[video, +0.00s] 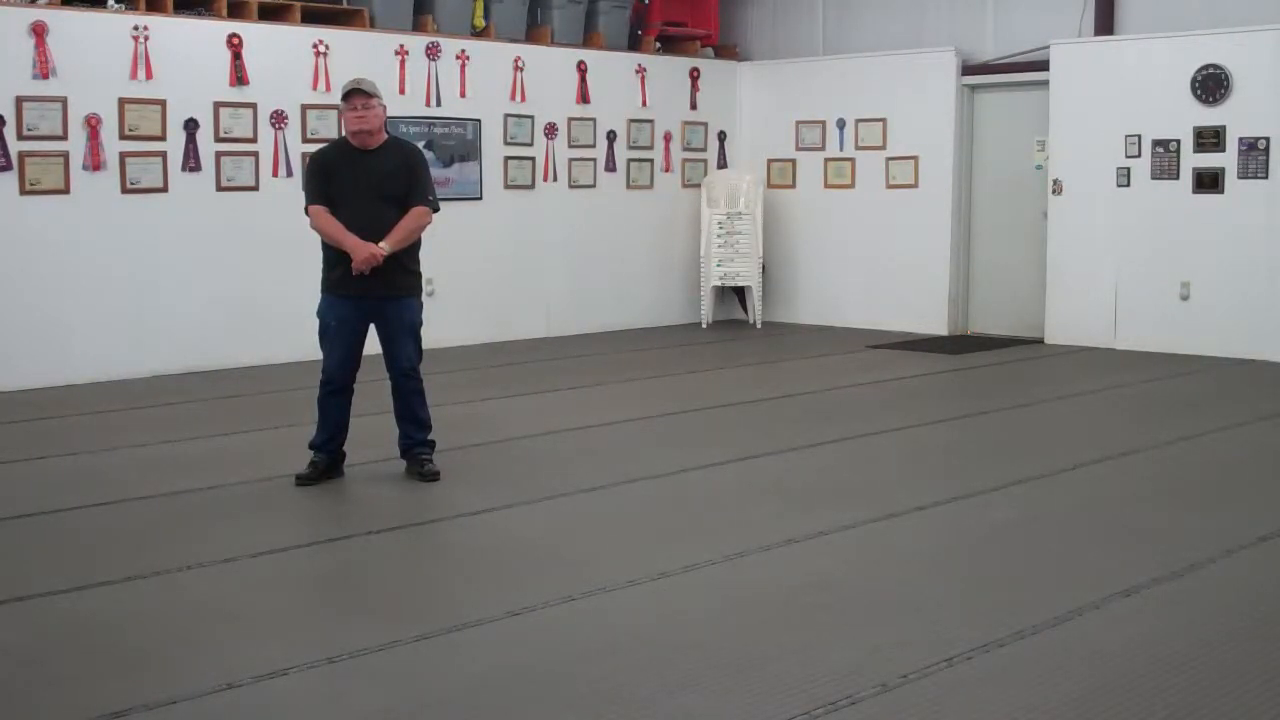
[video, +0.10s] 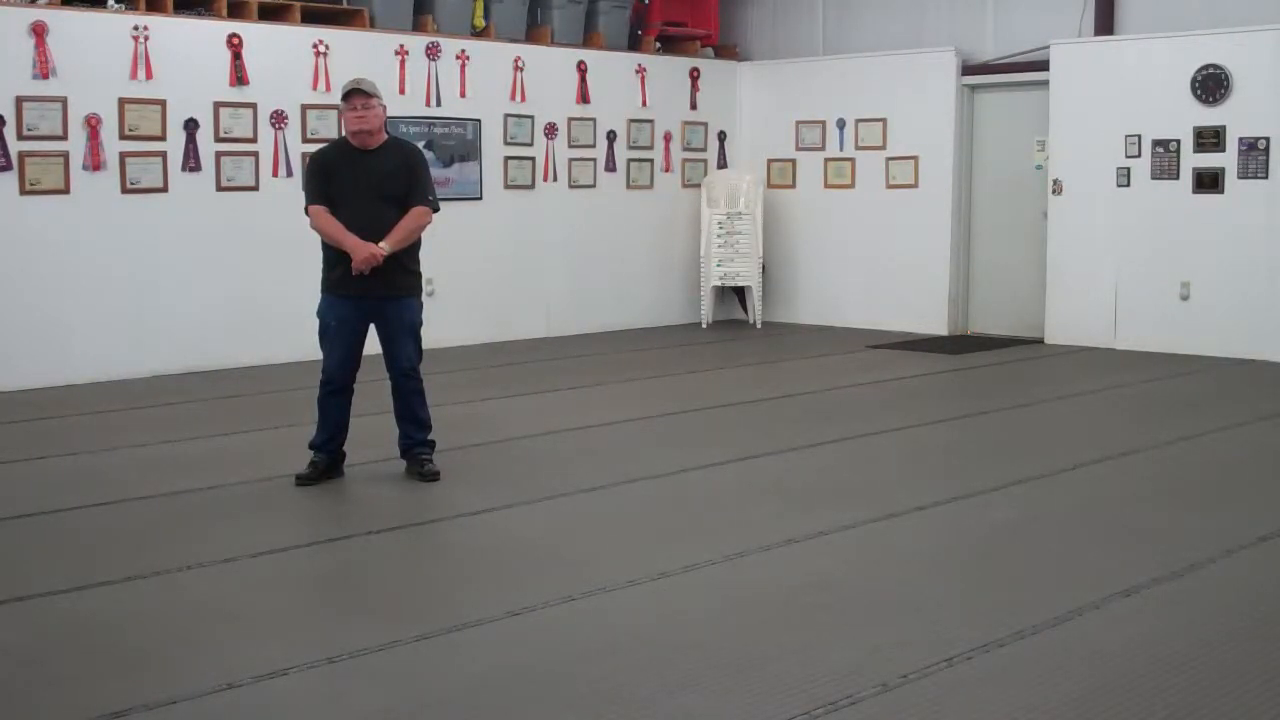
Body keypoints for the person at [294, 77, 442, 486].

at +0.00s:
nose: (359, 114)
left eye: (366, 107)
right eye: (351, 109)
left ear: (383, 112)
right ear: (341, 117)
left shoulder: (408, 155)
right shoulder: (323, 160)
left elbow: (422, 213)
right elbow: (317, 215)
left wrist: (380, 250)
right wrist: (356, 247)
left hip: (398, 286)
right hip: (343, 287)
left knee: (406, 372)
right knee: (335, 375)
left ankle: (419, 452)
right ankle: (327, 455)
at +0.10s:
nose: (359, 114)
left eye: (366, 107)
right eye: (351, 109)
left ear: (383, 112)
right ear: (341, 117)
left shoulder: (408, 155)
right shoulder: (323, 160)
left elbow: (423, 213)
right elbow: (317, 215)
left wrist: (380, 250)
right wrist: (356, 247)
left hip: (398, 286)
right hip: (343, 287)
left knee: (406, 372)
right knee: (335, 375)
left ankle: (419, 452)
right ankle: (327, 455)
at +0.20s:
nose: (359, 114)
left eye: (366, 107)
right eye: (351, 109)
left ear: (383, 112)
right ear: (341, 117)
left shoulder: (408, 155)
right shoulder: (323, 160)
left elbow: (422, 213)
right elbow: (317, 215)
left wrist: (379, 250)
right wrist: (355, 246)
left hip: (398, 287)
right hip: (343, 288)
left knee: (406, 372)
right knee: (335, 375)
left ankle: (419, 452)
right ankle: (327, 455)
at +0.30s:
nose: (359, 114)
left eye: (367, 107)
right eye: (351, 108)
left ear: (382, 112)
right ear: (341, 116)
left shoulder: (407, 155)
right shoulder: (323, 160)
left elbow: (422, 213)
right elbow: (317, 215)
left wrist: (379, 250)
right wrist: (356, 246)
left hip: (398, 287)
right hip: (343, 288)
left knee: (406, 373)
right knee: (335, 375)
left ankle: (419, 452)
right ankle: (327, 455)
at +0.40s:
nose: (359, 114)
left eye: (367, 107)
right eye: (351, 109)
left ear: (382, 112)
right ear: (341, 117)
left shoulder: (407, 155)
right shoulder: (323, 161)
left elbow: (422, 213)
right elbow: (317, 215)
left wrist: (379, 250)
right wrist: (356, 246)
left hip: (398, 287)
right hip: (342, 288)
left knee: (406, 373)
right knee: (335, 375)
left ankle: (419, 452)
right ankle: (327, 455)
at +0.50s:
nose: (359, 114)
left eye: (366, 107)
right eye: (351, 109)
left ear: (382, 111)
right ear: (341, 117)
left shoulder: (407, 155)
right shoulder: (323, 161)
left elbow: (422, 213)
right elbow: (317, 215)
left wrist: (379, 250)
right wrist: (355, 246)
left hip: (398, 287)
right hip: (342, 288)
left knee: (406, 373)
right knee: (335, 375)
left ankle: (419, 452)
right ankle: (327, 455)